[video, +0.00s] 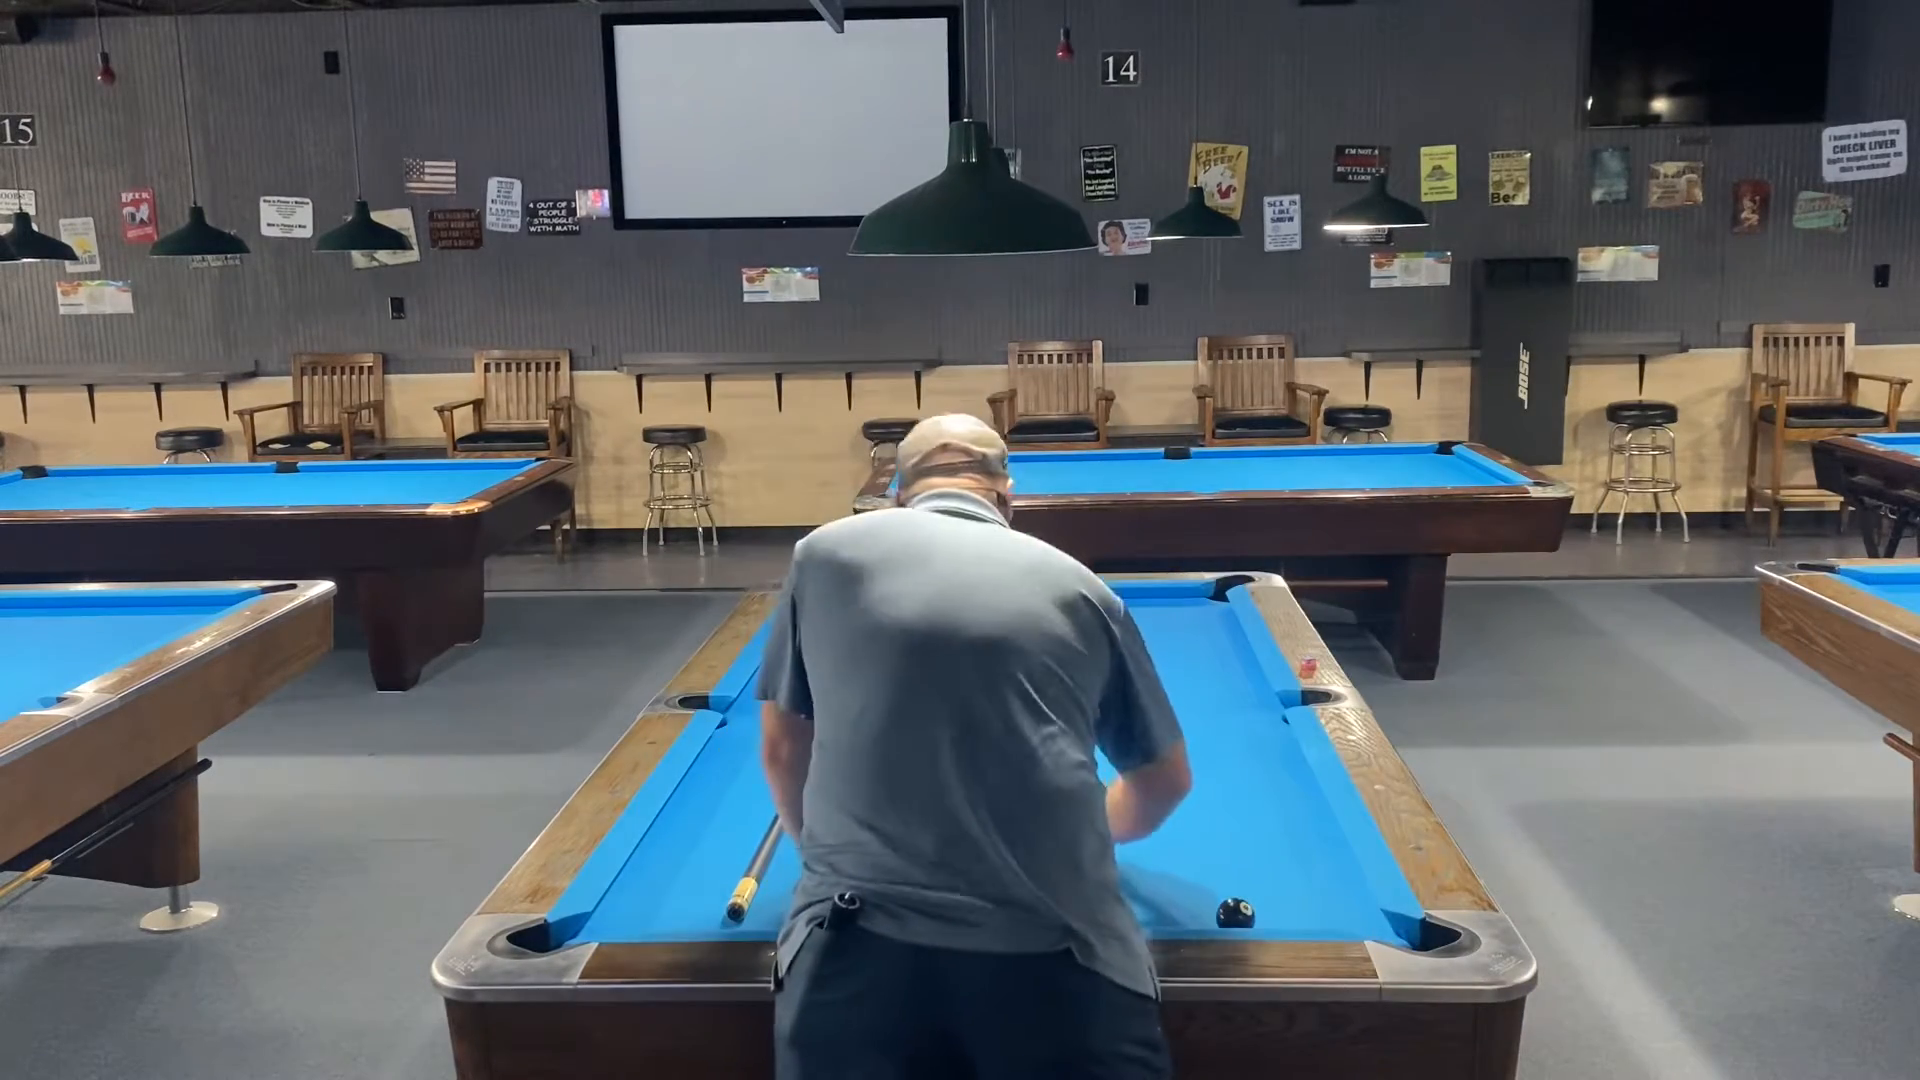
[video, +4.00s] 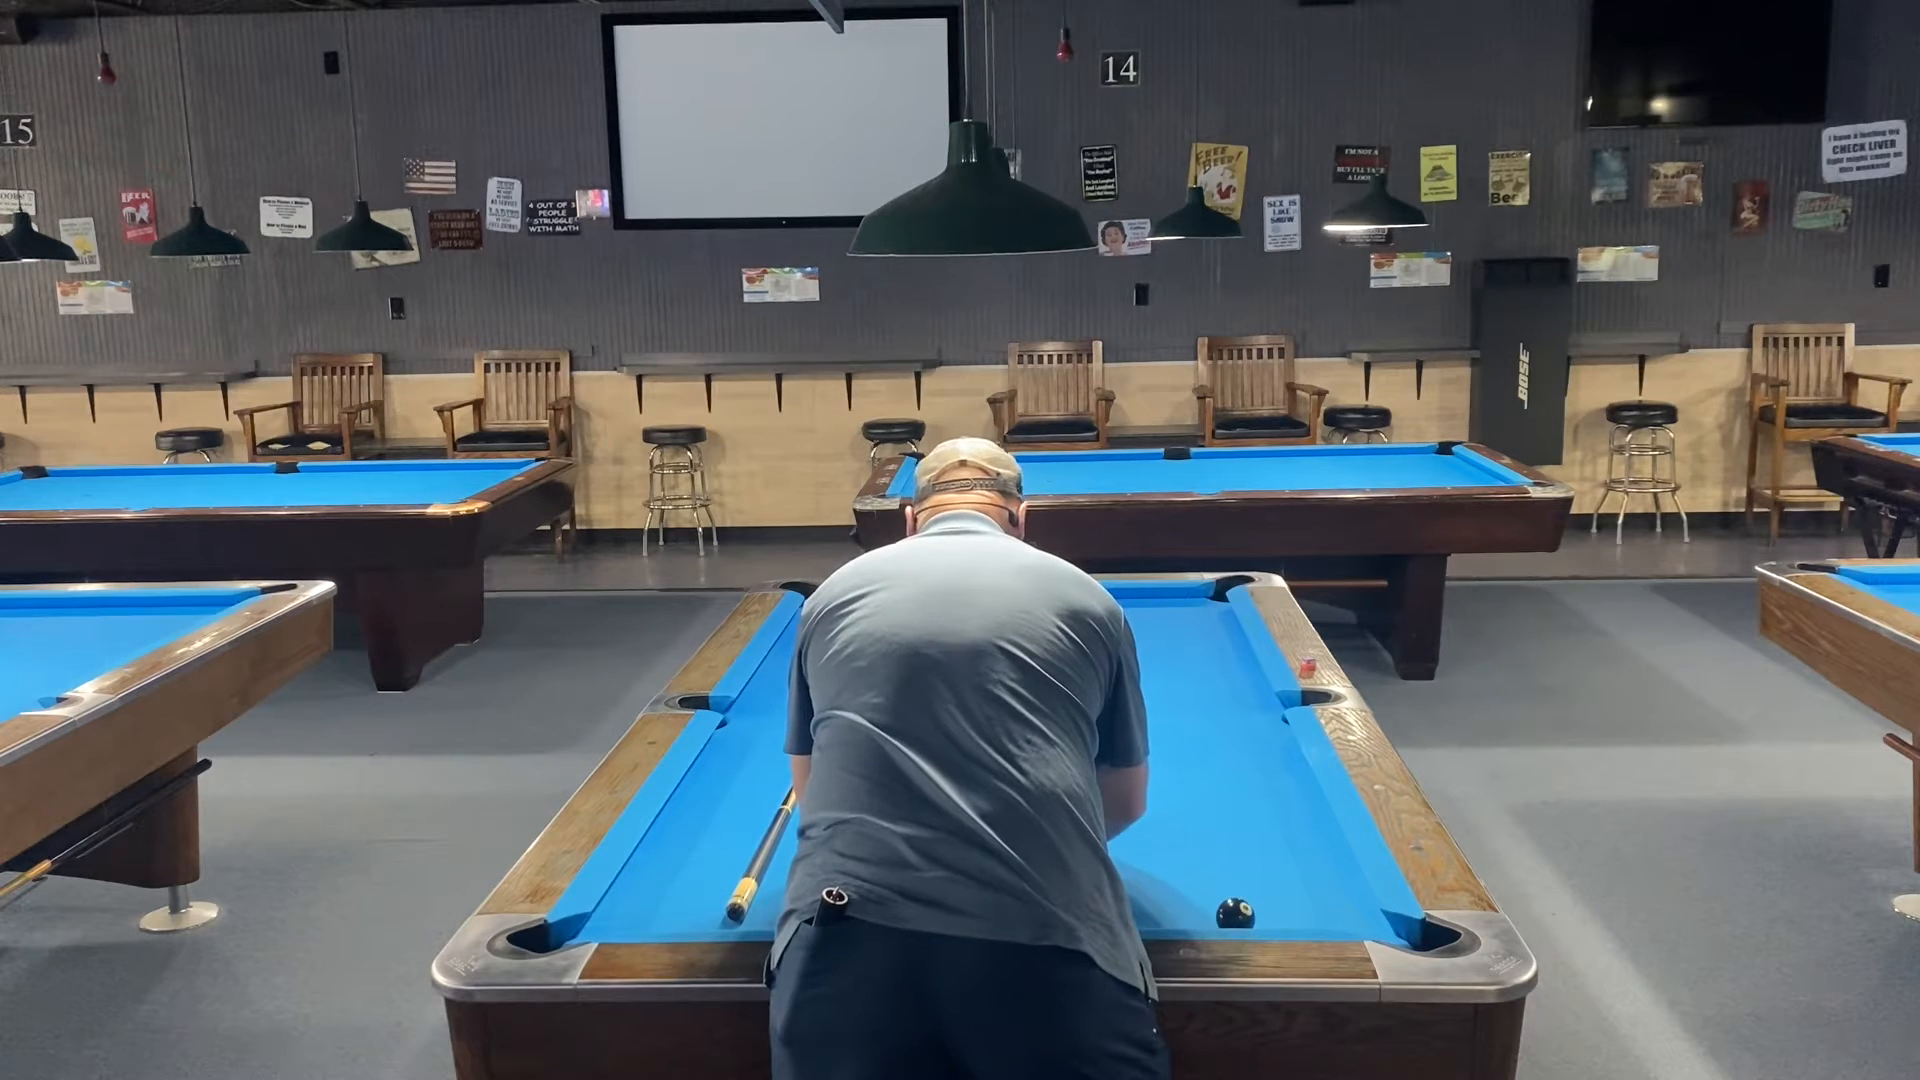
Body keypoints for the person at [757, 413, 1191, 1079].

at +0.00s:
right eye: (1006, 488)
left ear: (895, 497)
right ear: (1007, 495)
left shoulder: (826, 551)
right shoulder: (1080, 587)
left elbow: (783, 746)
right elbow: (1163, 779)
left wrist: (822, 849)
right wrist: (1067, 840)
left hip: (857, 969)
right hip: (1061, 976)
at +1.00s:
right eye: (1029, 519)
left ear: (917, 522)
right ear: (1023, 522)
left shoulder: (835, 583)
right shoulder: (1086, 600)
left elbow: (811, 757)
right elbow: (1171, 801)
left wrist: (877, 804)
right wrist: (1148, 831)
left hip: (847, 958)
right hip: (1048, 965)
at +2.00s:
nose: (1078, 514)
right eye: (1076, 499)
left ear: (960, 480)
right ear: (1064, 491)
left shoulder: (849, 556)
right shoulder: (1115, 581)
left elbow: (794, 760)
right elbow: (1202, 788)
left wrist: (881, 815)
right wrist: (1138, 886)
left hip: (845, 962)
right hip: (1049, 976)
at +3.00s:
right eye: (1030, 502)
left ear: (919, 510)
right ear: (1026, 505)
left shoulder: (835, 585)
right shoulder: (1092, 596)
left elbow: (812, 784)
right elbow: (1123, 795)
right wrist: (1028, 843)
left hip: (846, 958)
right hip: (1051, 964)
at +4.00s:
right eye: (1020, 509)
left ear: (911, 518)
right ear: (1018, 514)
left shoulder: (834, 591)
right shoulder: (1088, 597)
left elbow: (809, 786)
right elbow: (1123, 798)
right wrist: (1028, 845)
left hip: (846, 955)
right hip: (1050, 962)